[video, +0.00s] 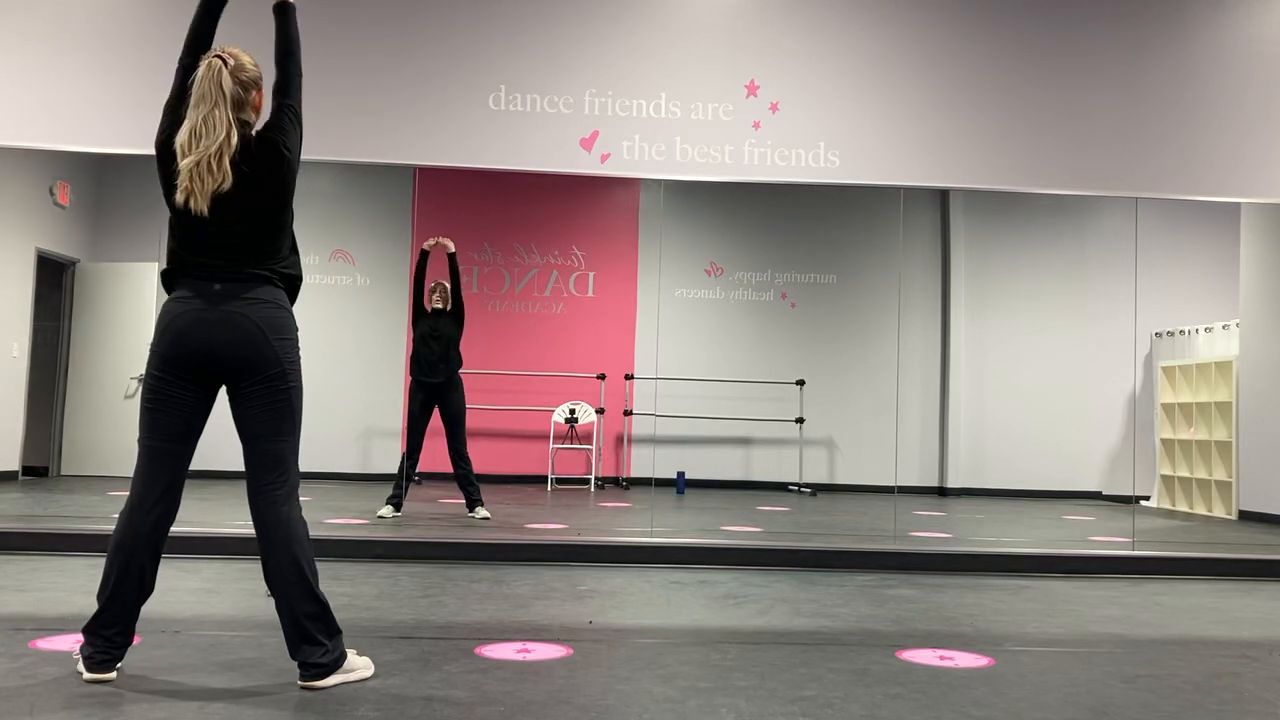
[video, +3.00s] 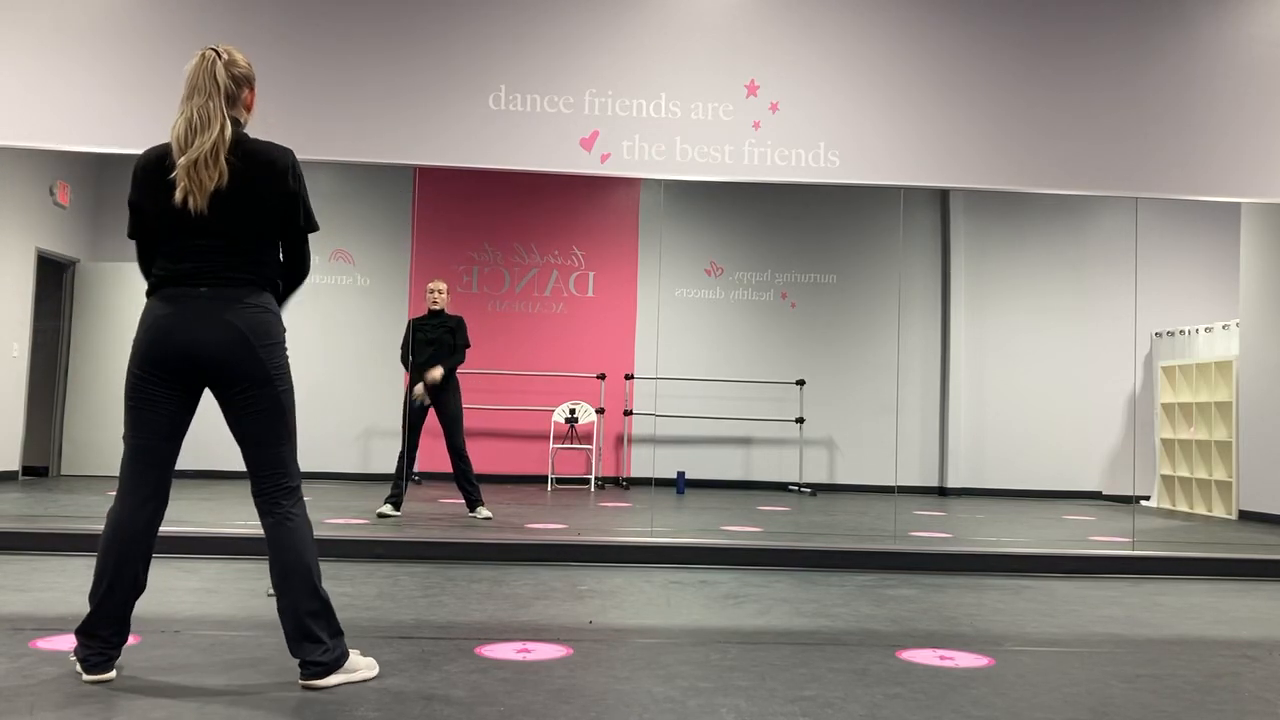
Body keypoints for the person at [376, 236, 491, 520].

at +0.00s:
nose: (438, 293)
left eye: (442, 291)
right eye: (434, 290)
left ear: (449, 297)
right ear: (428, 297)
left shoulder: (455, 318)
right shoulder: (420, 317)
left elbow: (456, 288)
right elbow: (418, 284)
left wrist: (451, 252)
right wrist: (425, 251)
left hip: (450, 387)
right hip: (421, 387)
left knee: (458, 447)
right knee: (412, 447)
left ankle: (475, 504)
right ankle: (394, 503)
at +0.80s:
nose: (439, 291)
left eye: (443, 289)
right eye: (435, 289)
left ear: (450, 297)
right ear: (428, 296)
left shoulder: (458, 318)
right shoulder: (418, 317)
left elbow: (477, 290)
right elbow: (401, 289)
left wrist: (495, 261)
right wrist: (387, 258)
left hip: (450, 389)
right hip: (421, 388)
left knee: (458, 448)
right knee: (412, 448)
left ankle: (475, 505)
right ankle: (395, 504)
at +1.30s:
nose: (437, 295)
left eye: (443, 291)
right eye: (433, 291)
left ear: (450, 297)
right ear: (428, 297)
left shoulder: (460, 321)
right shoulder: (416, 320)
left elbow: (490, 306)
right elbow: (386, 305)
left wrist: (519, 290)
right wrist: (358, 288)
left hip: (450, 389)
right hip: (421, 389)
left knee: (458, 449)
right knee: (412, 448)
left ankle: (475, 505)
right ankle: (394, 504)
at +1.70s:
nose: (437, 297)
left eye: (442, 294)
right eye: (433, 293)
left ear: (449, 299)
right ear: (427, 298)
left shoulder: (459, 324)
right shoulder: (415, 326)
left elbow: (492, 326)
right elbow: (381, 327)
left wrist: (526, 326)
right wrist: (349, 327)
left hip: (450, 391)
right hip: (421, 391)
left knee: (458, 449)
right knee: (412, 449)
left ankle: (475, 505)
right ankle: (394, 504)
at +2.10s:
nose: (437, 299)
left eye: (442, 296)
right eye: (433, 295)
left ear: (448, 301)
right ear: (428, 299)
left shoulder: (458, 326)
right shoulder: (416, 328)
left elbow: (483, 346)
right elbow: (391, 350)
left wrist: (510, 366)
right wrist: (362, 369)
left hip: (450, 391)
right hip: (421, 391)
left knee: (458, 450)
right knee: (411, 450)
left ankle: (475, 505)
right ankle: (394, 504)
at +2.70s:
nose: (435, 297)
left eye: (440, 293)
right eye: (431, 292)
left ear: (447, 297)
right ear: (426, 297)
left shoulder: (457, 325)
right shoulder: (416, 326)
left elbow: (464, 359)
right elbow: (405, 361)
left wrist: (470, 388)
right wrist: (391, 391)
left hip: (449, 391)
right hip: (419, 391)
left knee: (456, 449)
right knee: (411, 449)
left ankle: (475, 505)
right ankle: (394, 503)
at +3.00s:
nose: (435, 295)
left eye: (440, 292)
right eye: (431, 291)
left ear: (447, 297)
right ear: (425, 296)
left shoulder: (456, 322)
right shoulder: (414, 324)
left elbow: (460, 354)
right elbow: (405, 355)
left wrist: (441, 368)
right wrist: (417, 379)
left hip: (446, 388)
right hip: (418, 388)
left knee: (457, 446)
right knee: (408, 446)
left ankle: (475, 504)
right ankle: (393, 503)